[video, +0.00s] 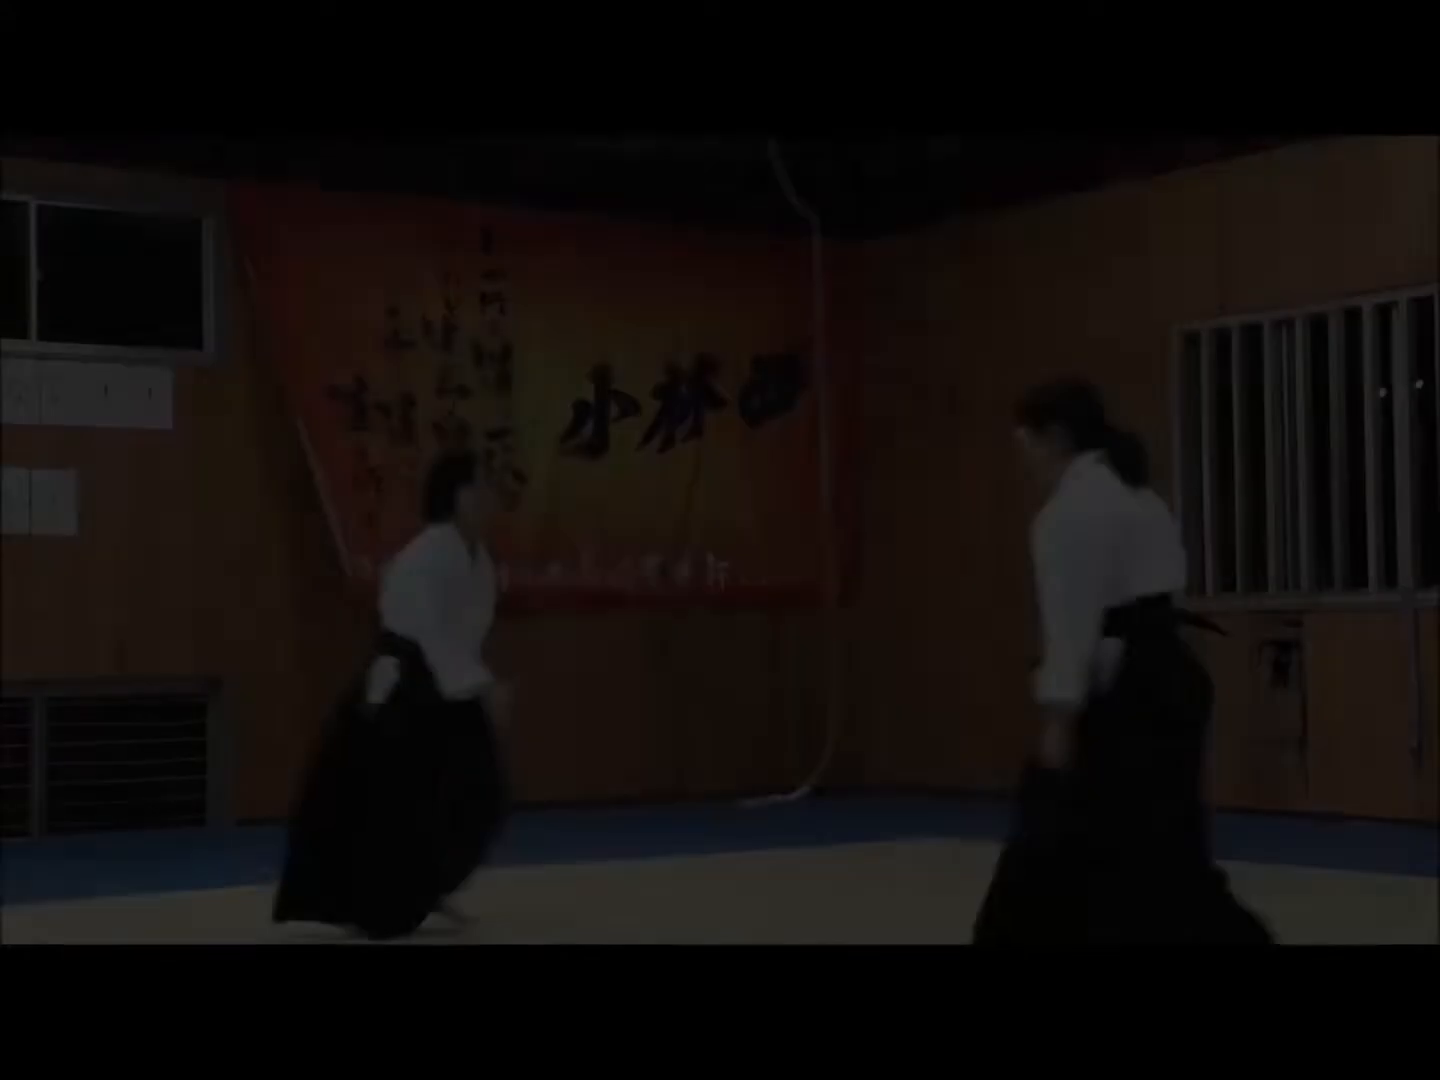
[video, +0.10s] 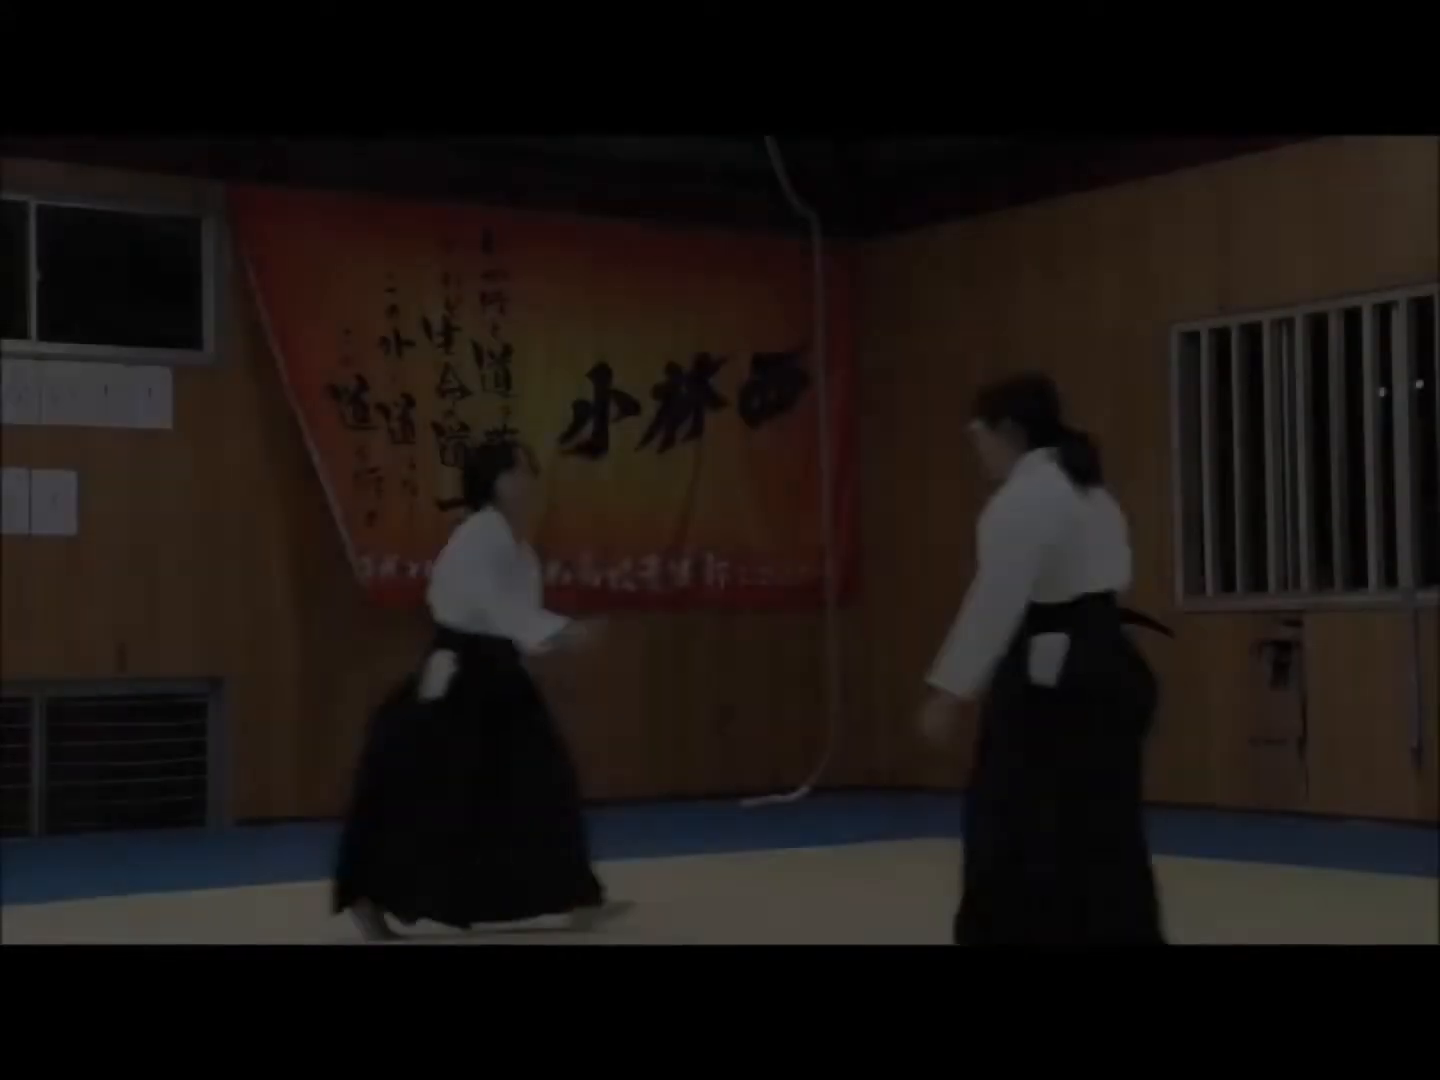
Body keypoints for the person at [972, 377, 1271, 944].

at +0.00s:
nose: (1024, 453)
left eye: (1028, 439)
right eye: (1023, 439)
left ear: (1053, 439)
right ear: (1094, 433)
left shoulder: (1069, 515)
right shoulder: (1145, 501)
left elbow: (1072, 624)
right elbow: (1163, 600)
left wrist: (1056, 718)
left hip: (1114, 687)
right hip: (1175, 680)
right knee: (1164, 828)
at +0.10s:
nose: (978, 449)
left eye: (982, 435)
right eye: (977, 435)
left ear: (1009, 432)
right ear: (1040, 428)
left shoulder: (1019, 503)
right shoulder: (1095, 494)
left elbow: (997, 599)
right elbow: (1115, 589)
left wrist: (948, 689)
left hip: (1045, 678)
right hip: (1111, 673)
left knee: (1015, 816)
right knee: (1101, 820)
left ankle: (1019, 929)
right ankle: (1111, 927)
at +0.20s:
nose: (936, 443)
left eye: (941, 431)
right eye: (936, 431)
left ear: (968, 433)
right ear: (1005, 431)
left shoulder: (976, 503)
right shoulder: (1048, 501)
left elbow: (932, 595)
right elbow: (1060, 594)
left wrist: (869, 673)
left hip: (991, 686)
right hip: (1056, 681)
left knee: (943, 800)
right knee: (1046, 820)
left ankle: (953, 927)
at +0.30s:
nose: (896, 442)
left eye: (900, 430)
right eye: (897, 430)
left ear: (924, 432)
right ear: (963, 431)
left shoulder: (929, 501)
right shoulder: (1002, 500)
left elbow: (886, 592)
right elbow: (1015, 592)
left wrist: (829, 669)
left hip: (945, 678)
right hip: (1009, 673)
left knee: (904, 819)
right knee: (992, 827)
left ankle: (909, 932)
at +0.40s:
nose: (853, 434)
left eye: (859, 425)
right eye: (855, 424)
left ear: (883, 431)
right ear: (920, 429)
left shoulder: (882, 502)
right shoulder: (958, 497)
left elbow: (848, 597)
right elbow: (974, 587)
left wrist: (805, 678)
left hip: (903, 671)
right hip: (966, 666)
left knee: (858, 799)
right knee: (953, 809)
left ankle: (867, 925)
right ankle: (955, 924)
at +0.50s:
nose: (812, 441)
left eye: (817, 431)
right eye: (814, 430)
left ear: (840, 436)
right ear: (878, 434)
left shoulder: (834, 507)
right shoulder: (918, 502)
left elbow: (808, 605)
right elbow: (922, 595)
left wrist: (776, 696)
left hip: (854, 676)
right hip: (921, 672)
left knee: (830, 814)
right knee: (916, 813)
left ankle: (835, 925)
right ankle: (926, 923)